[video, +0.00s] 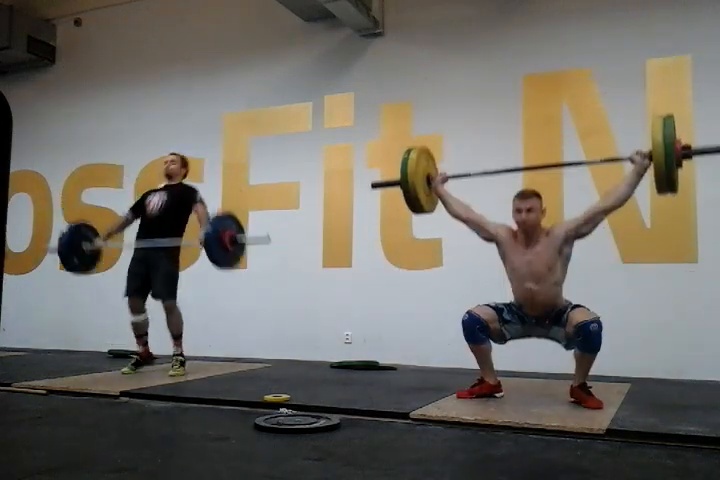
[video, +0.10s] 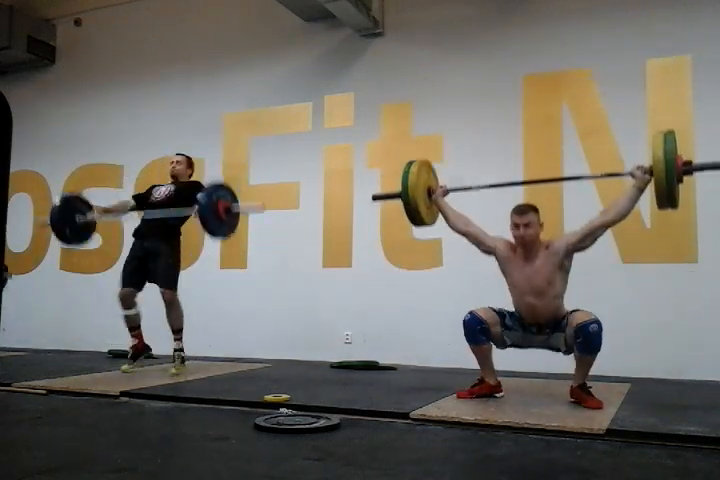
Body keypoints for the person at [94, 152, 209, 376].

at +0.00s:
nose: (168, 165)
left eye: (173, 162)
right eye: (166, 162)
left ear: (183, 169)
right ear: (162, 169)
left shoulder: (188, 191)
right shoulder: (150, 194)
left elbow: (201, 210)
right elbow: (128, 218)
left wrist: (205, 231)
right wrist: (105, 235)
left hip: (166, 254)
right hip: (142, 253)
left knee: (169, 303)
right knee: (134, 301)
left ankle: (178, 354)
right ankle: (143, 352)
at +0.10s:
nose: (173, 165)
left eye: (179, 163)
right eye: (172, 163)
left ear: (190, 171)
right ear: (169, 169)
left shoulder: (193, 188)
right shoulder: (155, 190)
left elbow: (209, 201)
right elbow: (129, 205)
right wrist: (100, 211)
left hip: (167, 246)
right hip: (141, 245)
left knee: (169, 295)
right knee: (126, 294)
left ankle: (178, 347)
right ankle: (138, 344)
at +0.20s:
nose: (164, 176)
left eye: (170, 173)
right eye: (163, 173)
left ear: (181, 177)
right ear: (160, 177)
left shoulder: (189, 195)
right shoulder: (152, 198)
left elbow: (214, 198)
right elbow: (123, 203)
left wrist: (222, 183)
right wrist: (95, 194)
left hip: (167, 261)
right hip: (142, 259)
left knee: (166, 305)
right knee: (113, 305)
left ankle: (173, 355)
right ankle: (125, 352)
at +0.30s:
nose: (150, 196)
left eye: (154, 192)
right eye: (147, 192)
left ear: (165, 194)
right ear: (145, 194)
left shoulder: (178, 215)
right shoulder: (141, 216)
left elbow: (200, 207)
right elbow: (115, 211)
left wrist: (203, 181)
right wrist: (97, 191)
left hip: (170, 281)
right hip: (145, 281)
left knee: (164, 311)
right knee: (105, 313)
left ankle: (170, 362)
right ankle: (119, 360)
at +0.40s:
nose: (134, 211)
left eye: (139, 207)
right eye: (132, 207)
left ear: (151, 209)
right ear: (130, 209)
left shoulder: (165, 226)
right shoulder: (128, 228)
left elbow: (190, 211)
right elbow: (105, 214)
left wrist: (199, 185)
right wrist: (90, 193)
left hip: (167, 290)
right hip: (142, 291)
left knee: (161, 314)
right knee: (101, 316)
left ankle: (169, 362)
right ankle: (119, 361)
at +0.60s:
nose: (115, 230)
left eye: (120, 226)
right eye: (114, 226)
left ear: (134, 229)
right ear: (112, 228)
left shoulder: (152, 244)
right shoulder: (115, 246)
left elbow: (181, 228)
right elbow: (96, 226)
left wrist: (199, 204)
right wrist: (90, 208)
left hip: (162, 299)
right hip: (136, 302)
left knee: (161, 317)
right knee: (96, 319)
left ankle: (168, 361)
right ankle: (119, 362)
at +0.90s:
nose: (109, 250)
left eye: (113, 245)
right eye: (107, 246)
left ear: (127, 246)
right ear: (105, 248)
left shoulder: (147, 260)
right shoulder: (109, 261)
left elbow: (179, 242)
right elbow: (95, 241)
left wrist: (202, 221)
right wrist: (91, 223)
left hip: (158, 311)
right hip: (132, 314)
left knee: (162, 318)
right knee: (94, 322)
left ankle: (168, 362)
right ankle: (119, 362)